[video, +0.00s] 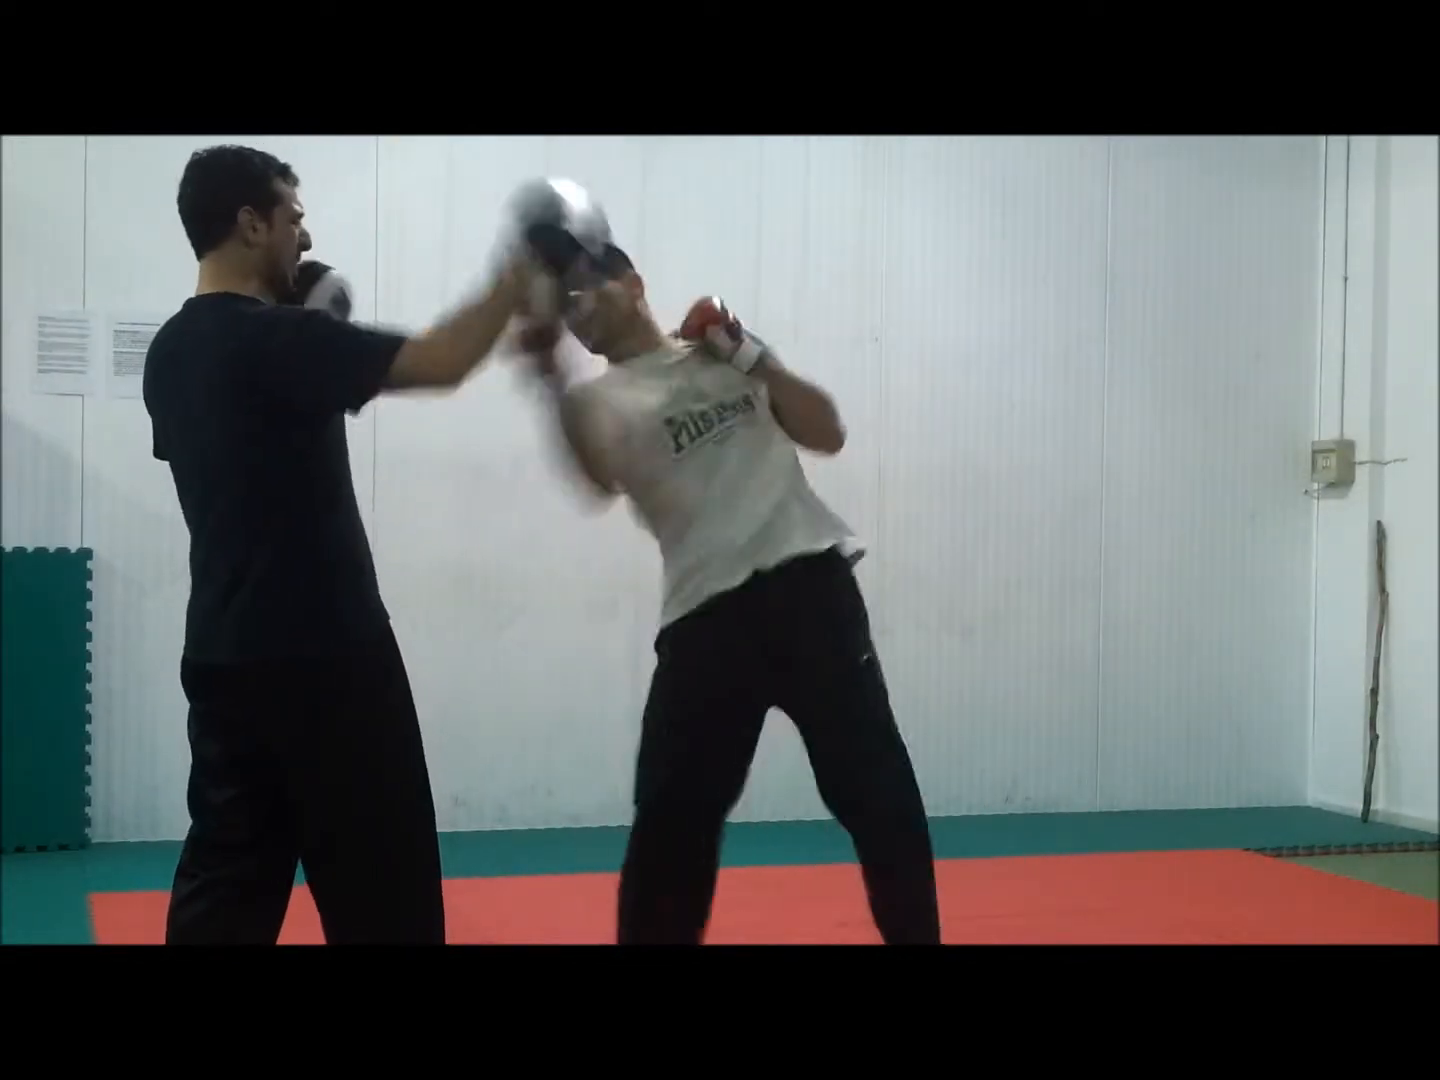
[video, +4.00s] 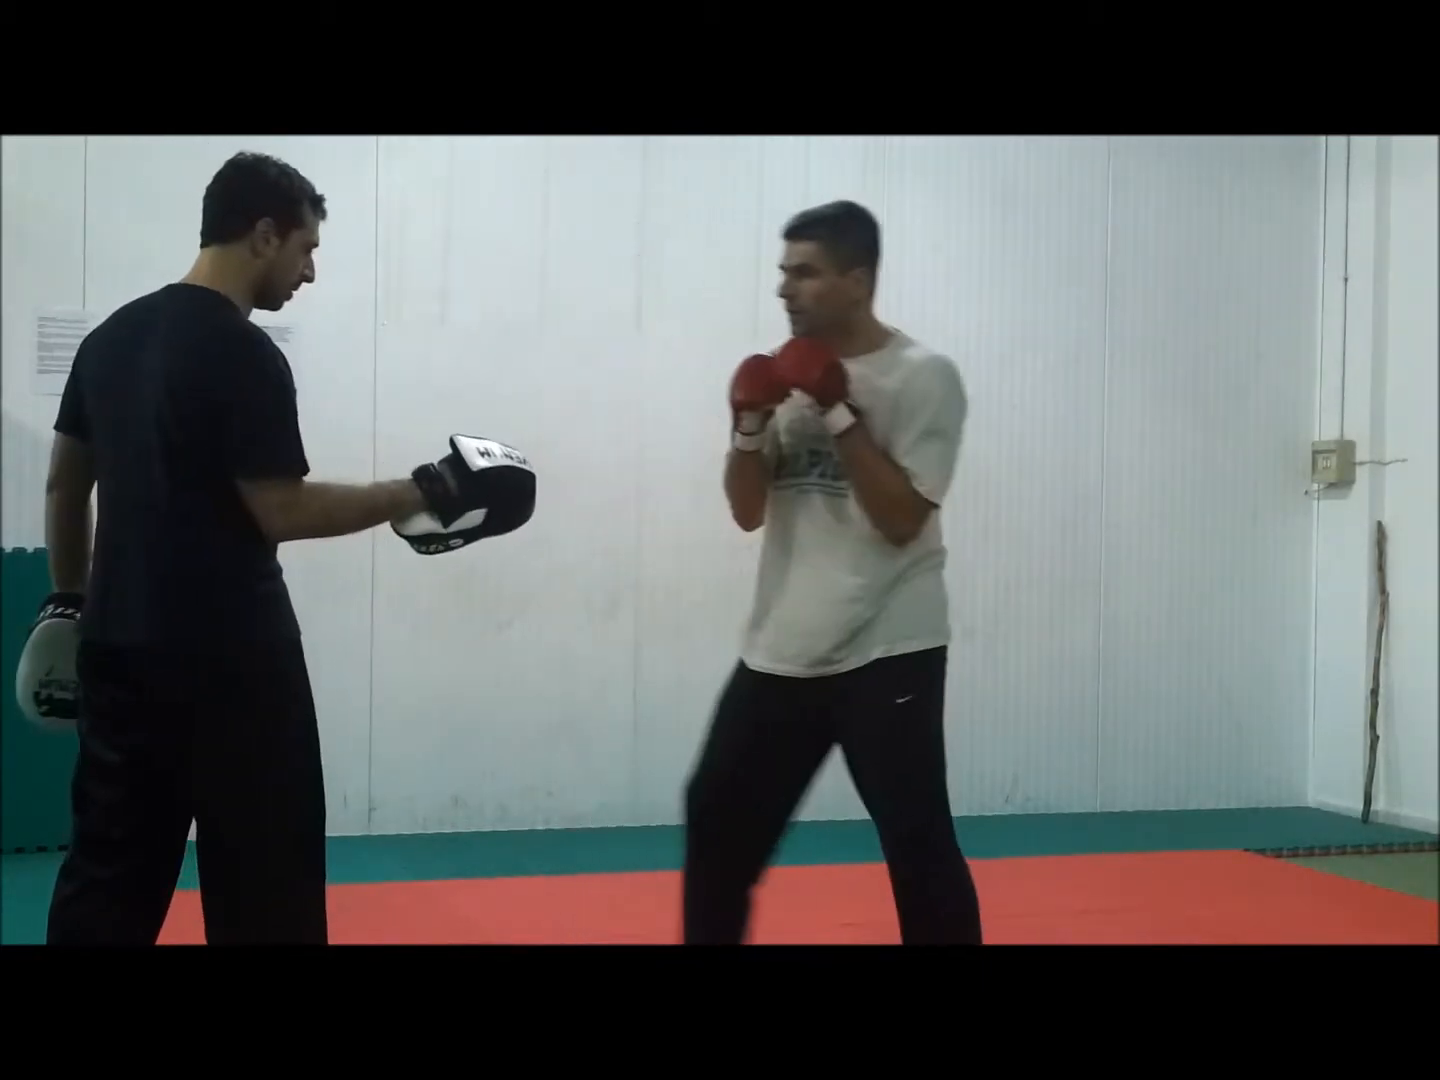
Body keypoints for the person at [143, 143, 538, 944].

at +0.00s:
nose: (304, 235)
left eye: (302, 218)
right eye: (294, 218)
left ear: (218, 230)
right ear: (250, 224)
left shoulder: (170, 348)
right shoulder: (276, 337)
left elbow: (242, 430)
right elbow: (439, 361)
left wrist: (301, 322)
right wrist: (519, 271)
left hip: (225, 652)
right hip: (328, 649)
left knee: (227, 878)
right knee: (385, 884)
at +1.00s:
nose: (255, 230)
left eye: (245, 216)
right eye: (235, 217)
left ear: (182, 241)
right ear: (182, 236)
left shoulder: (173, 349)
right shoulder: (210, 347)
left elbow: (246, 469)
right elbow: (335, 431)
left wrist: (305, 361)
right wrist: (453, 351)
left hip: (242, 657)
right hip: (322, 655)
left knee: (231, 873)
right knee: (392, 878)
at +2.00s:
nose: (281, 224)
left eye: (275, 207)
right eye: (265, 208)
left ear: (207, 229)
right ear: (213, 224)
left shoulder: (164, 344)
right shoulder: (234, 341)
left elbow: (230, 468)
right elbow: (350, 458)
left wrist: (285, 364)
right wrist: (507, 440)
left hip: (219, 660)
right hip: (312, 656)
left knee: (220, 884)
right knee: (387, 881)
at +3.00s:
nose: (301, 274)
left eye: (304, 252)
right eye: (298, 249)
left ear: (223, 235)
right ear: (257, 235)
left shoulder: (107, 337)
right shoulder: (238, 343)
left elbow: (58, 486)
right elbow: (295, 491)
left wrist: (66, 609)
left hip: (119, 649)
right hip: (233, 653)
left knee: (107, 872)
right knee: (266, 881)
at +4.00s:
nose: (313, 270)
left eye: (315, 249)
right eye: (309, 245)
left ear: (241, 234)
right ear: (263, 234)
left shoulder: (108, 339)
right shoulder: (243, 353)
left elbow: (67, 491)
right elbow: (285, 508)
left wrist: (64, 607)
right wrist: (421, 492)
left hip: (121, 653)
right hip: (238, 660)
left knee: (108, 876)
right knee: (268, 885)